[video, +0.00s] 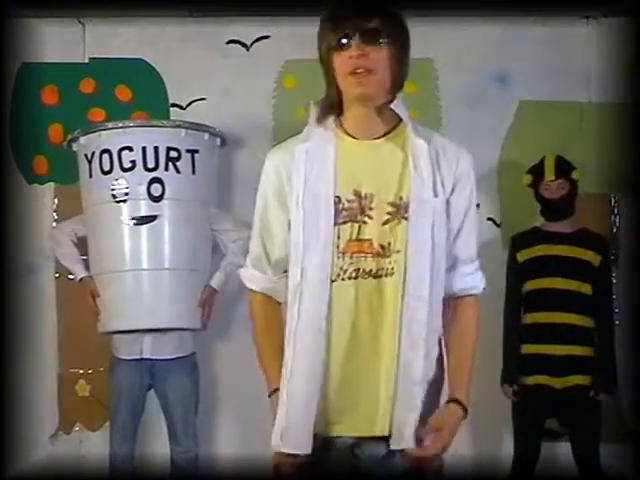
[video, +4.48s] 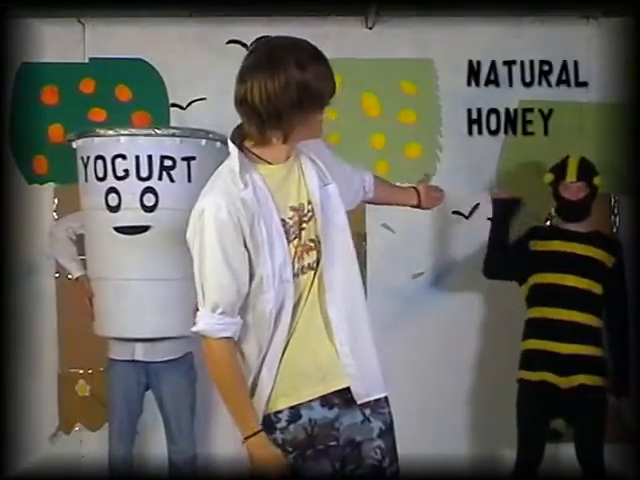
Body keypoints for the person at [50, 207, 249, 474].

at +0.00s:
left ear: (172, 187)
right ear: (129, 189)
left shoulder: (192, 213)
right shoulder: (112, 216)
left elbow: (240, 238)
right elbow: (60, 234)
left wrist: (215, 285)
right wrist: (83, 277)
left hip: (177, 350)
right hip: (126, 351)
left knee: (185, 449)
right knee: (120, 450)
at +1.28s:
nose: (142, 193)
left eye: (151, 187)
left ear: (163, 184)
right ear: (123, 187)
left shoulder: (187, 211)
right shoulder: (106, 216)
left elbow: (239, 235)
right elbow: (53, 233)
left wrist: (220, 288)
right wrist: (76, 277)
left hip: (172, 349)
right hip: (122, 351)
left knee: (182, 449)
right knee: (119, 451)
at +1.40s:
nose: (141, 192)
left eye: (149, 186)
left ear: (161, 185)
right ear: (121, 190)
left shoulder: (181, 212)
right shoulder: (104, 216)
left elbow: (235, 239)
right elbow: (53, 232)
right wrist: (76, 275)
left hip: (173, 349)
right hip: (122, 351)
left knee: (184, 449)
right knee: (118, 450)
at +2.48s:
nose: (135, 189)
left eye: (144, 181)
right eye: (128, 181)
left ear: (157, 181)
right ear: (116, 183)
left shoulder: (176, 208)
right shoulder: (104, 212)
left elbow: (229, 216)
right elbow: (53, 229)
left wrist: (236, 173)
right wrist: (75, 274)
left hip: (172, 340)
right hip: (123, 344)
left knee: (183, 441)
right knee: (121, 441)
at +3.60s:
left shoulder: (179, 218)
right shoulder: (106, 214)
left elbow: (236, 235)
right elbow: (54, 228)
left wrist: (209, 215)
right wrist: (75, 273)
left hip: (172, 337)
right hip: (121, 340)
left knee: (179, 432)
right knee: (120, 429)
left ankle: (183, 477)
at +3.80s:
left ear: (165, 189)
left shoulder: (182, 220)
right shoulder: (106, 217)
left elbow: (216, 247)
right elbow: (56, 227)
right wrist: (75, 273)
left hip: (171, 349)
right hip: (120, 351)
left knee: (182, 448)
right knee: (118, 451)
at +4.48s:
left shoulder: (183, 221)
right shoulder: (108, 217)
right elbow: (59, 230)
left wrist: (204, 297)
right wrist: (81, 277)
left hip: (174, 351)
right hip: (123, 352)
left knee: (183, 449)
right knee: (119, 450)